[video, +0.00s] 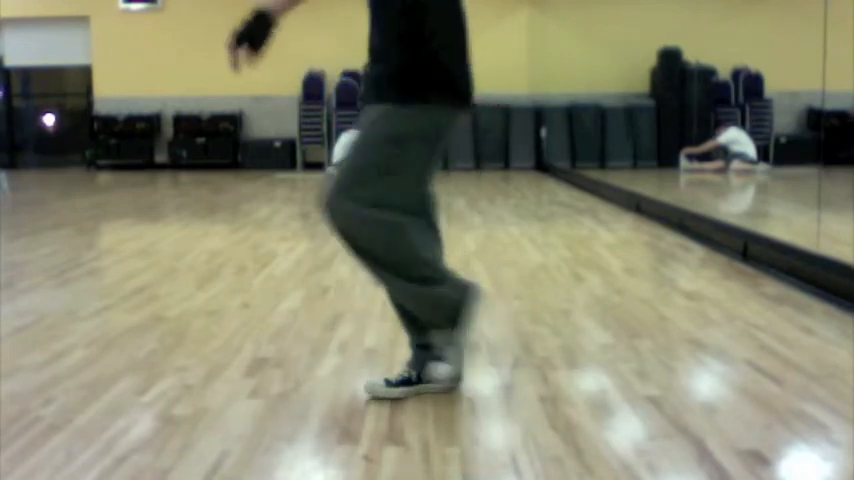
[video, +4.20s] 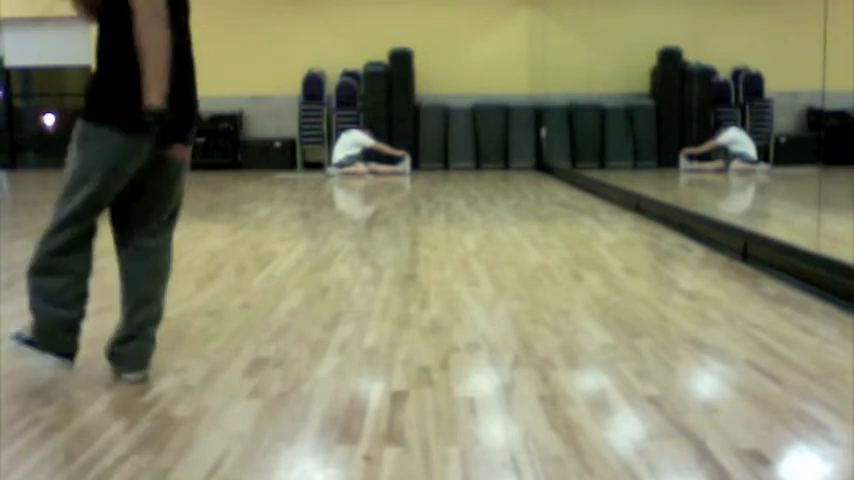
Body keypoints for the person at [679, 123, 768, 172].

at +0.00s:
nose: (719, 134)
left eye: (719, 132)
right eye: (718, 133)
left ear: (724, 128)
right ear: (727, 127)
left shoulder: (731, 132)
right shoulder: (732, 132)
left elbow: (710, 146)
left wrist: (688, 151)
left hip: (744, 159)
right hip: (734, 159)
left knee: (734, 167)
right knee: (716, 165)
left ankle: (755, 171)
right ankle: (696, 166)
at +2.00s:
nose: (719, 135)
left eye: (720, 133)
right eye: (719, 133)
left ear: (723, 129)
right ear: (727, 127)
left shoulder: (731, 132)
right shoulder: (733, 132)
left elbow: (710, 146)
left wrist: (688, 151)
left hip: (744, 159)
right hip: (735, 159)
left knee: (733, 169)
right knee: (715, 165)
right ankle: (692, 166)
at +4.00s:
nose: (720, 136)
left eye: (720, 134)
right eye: (719, 134)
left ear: (722, 130)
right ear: (726, 128)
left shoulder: (730, 133)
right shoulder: (734, 131)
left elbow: (705, 148)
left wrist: (687, 151)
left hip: (745, 161)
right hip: (737, 159)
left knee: (732, 167)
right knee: (717, 164)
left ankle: (755, 169)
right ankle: (693, 166)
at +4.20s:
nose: (720, 136)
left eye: (720, 134)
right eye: (719, 134)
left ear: (722, 130)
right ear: (726, 128)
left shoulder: (730, 133)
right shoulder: (734, 131)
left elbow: (705, 148)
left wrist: (687, 151)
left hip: (746, 161)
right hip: (737, 159)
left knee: (733, 167)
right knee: (717, 164)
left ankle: (755, 169)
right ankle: (693, 166)